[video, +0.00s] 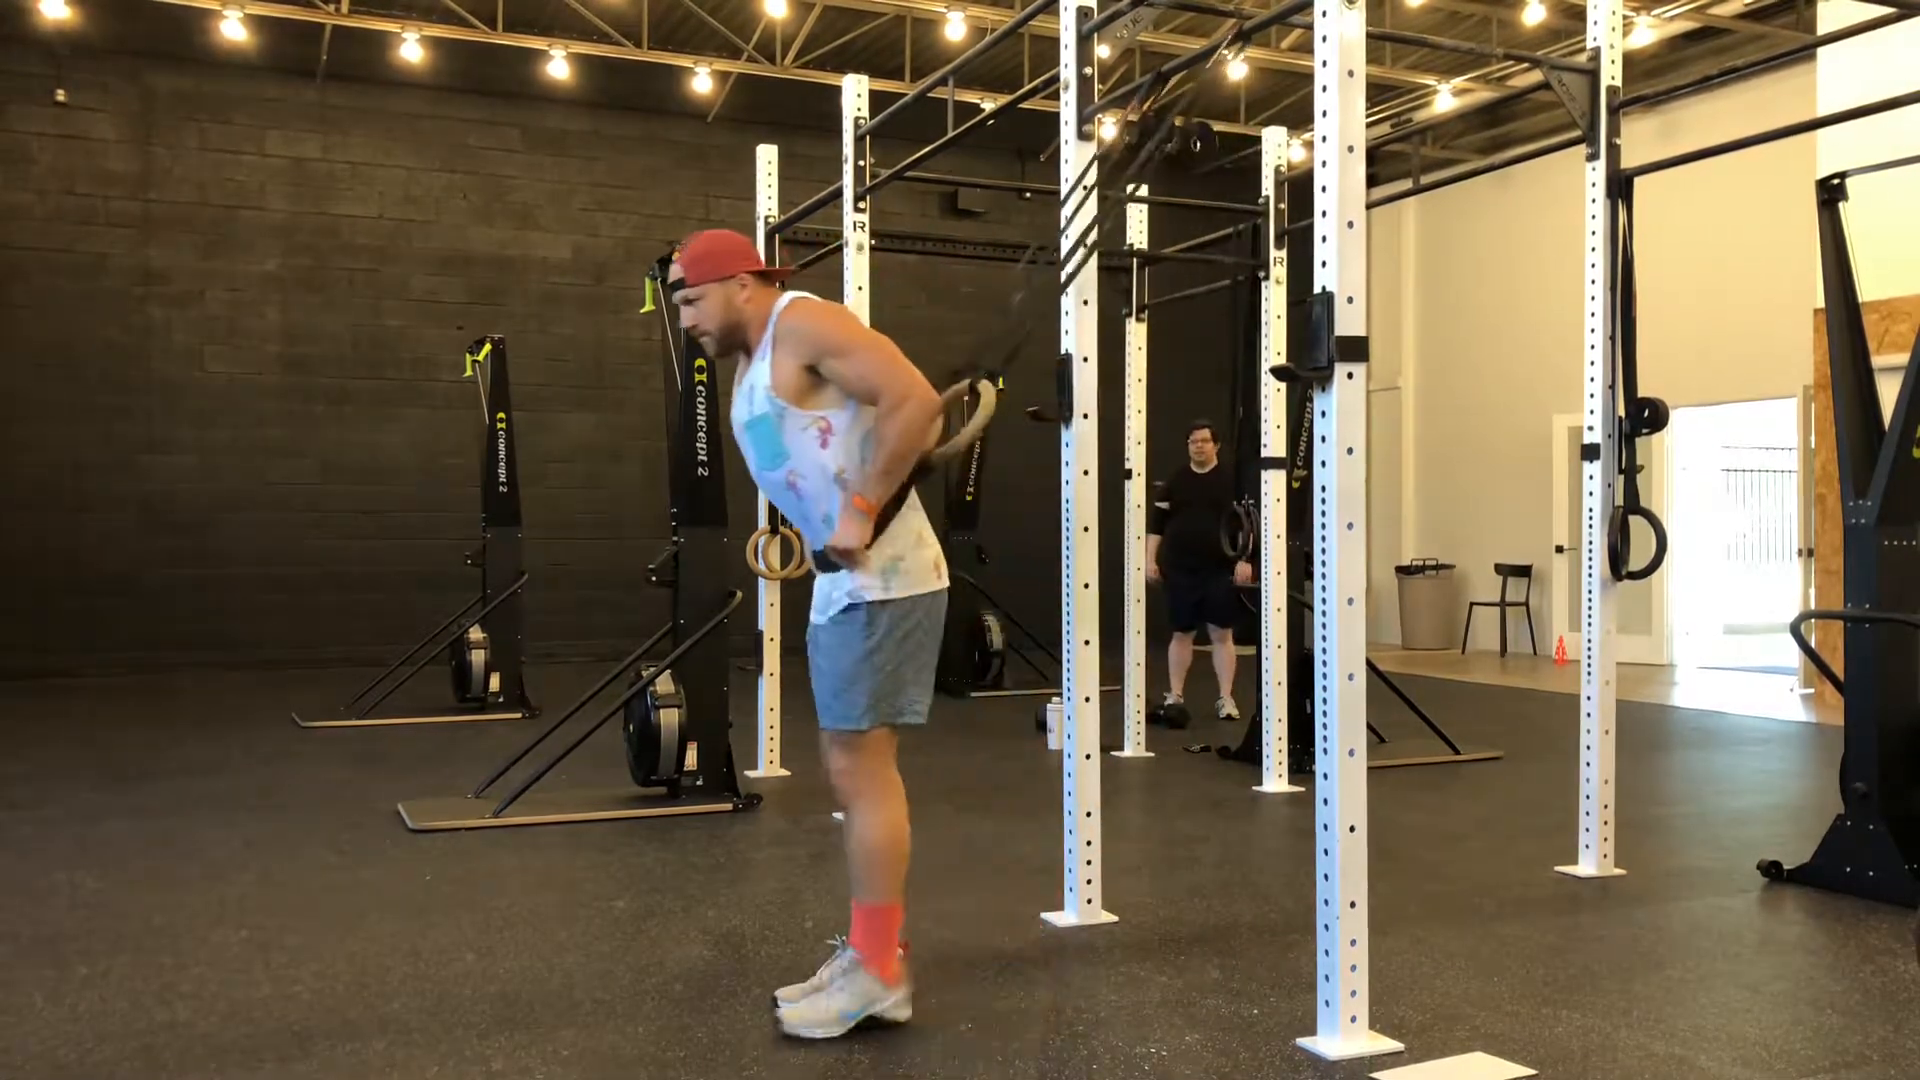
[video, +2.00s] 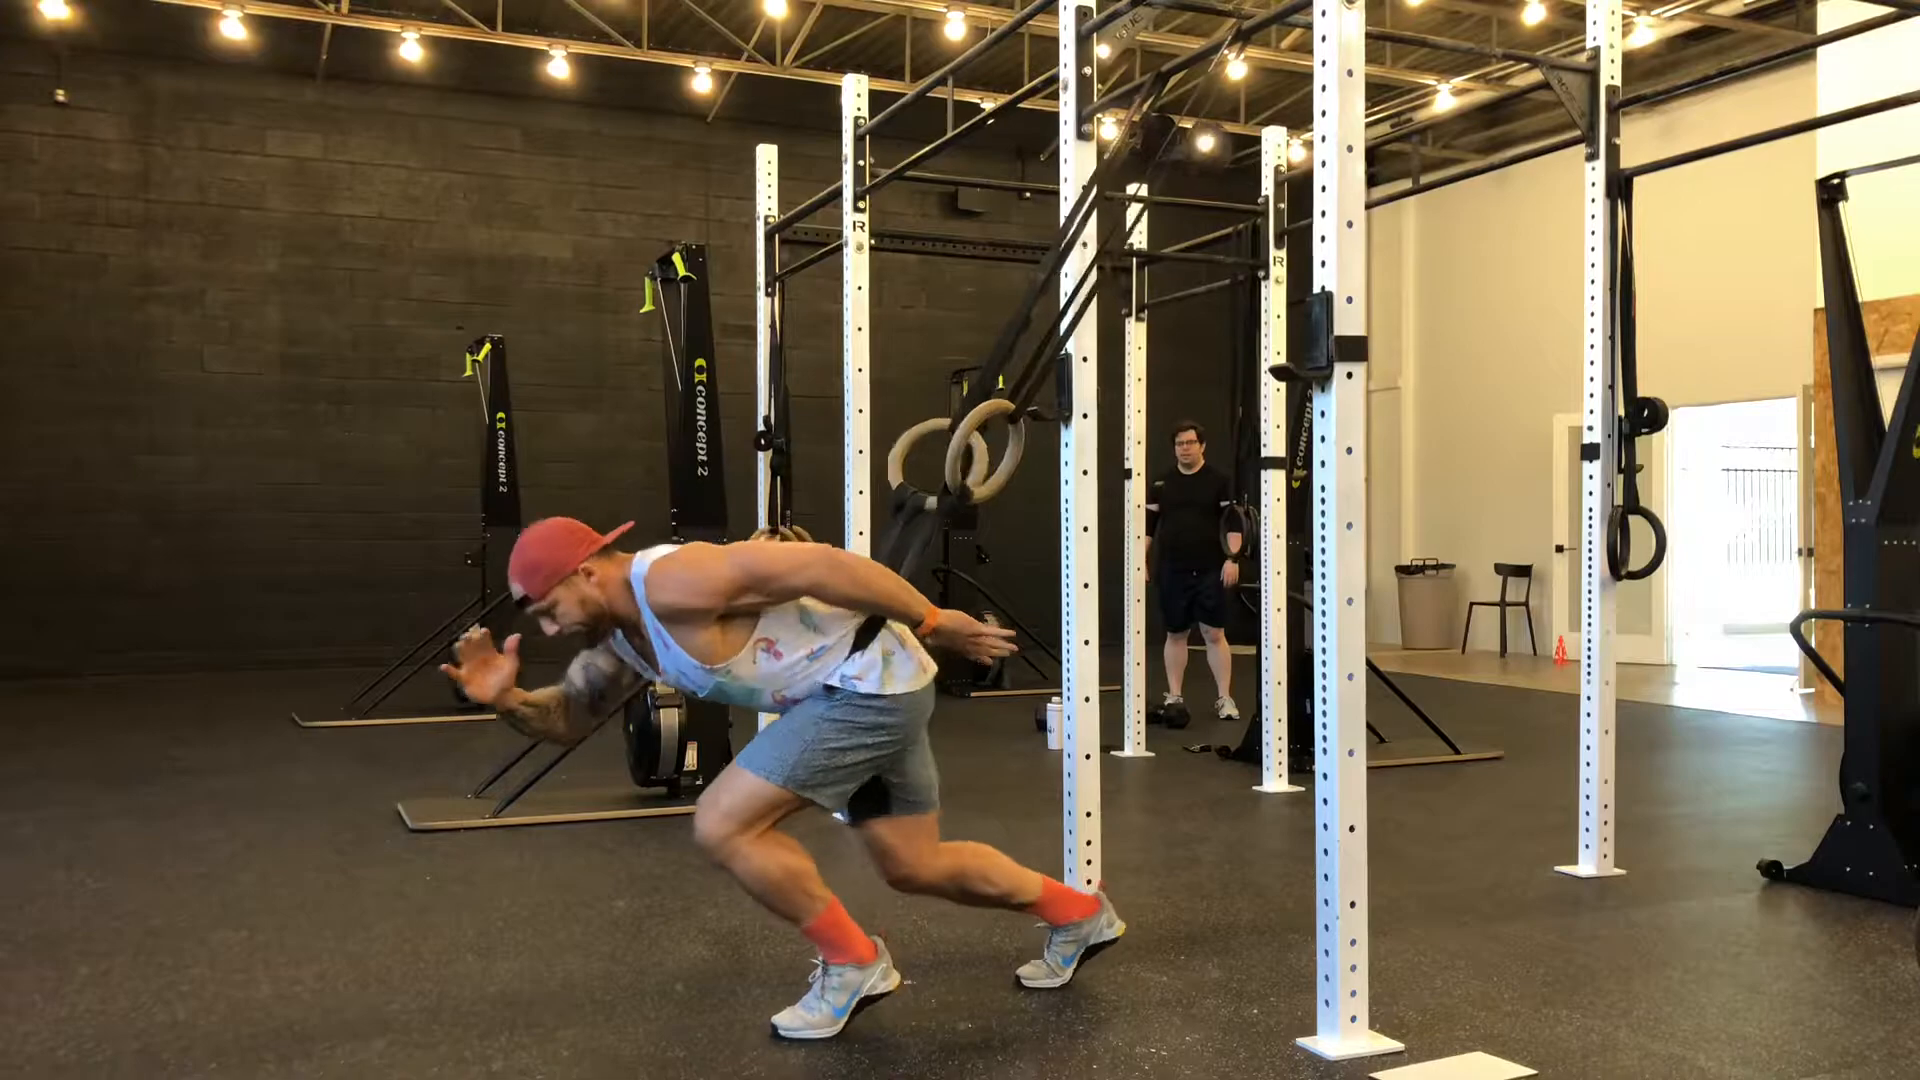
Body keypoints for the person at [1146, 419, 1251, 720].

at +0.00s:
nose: (1198, 447)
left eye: (1203, 442)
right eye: (1193, 442)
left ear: (1215, 445)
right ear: (1187, 446)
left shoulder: (1231, 480)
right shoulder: (1176, 480)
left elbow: (1249, 523)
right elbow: (1157, 522)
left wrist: (1246, 559)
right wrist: (1150, 558)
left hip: (1220, 569)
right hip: (1180, 568)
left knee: (1221, 634)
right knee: (1181, 634)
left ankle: (1226, 698)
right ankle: (1175, 695)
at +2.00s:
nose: (1184, 448)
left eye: (1189, 443)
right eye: (1179, 444)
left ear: (1202, 446)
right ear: (1173, 448)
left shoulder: (1218, 481)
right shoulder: (1162, 484)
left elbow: (1233, 522)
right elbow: (1148, 526)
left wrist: (1232, 558)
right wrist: (1142, 560)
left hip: (1210, 570)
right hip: (1172, 570)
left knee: (1214, 634)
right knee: (1176, 634)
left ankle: (1224, 698)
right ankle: (1174, 696)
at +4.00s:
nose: (1182, 449)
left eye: (1188, 444)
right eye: (1177, 444)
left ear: (1200, 447)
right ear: (1171, 449)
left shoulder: (1217, 480)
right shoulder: (1162, 483)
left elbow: (1233, 521)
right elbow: (1148, 527)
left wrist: (1232, 558)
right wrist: (1142, 563)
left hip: (1209, 569)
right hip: (1171, 570)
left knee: (1212, 634)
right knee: (1175, 634)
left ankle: (1225, 698)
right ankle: (1174, 696)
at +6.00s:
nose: (1174, 451)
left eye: (1179, 445)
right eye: (1168, 446)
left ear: (1191, 448)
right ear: (1162, 450)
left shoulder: (1205, 482)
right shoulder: (1149, 484)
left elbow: (1219, 524)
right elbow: (1133, 524)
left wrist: (1219, 558)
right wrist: (1127, 556)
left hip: (1198, 569)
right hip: (1161, 569)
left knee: (1209, 631)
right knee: (1168, 634)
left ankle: (1226, 693)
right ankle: (1172, 695)